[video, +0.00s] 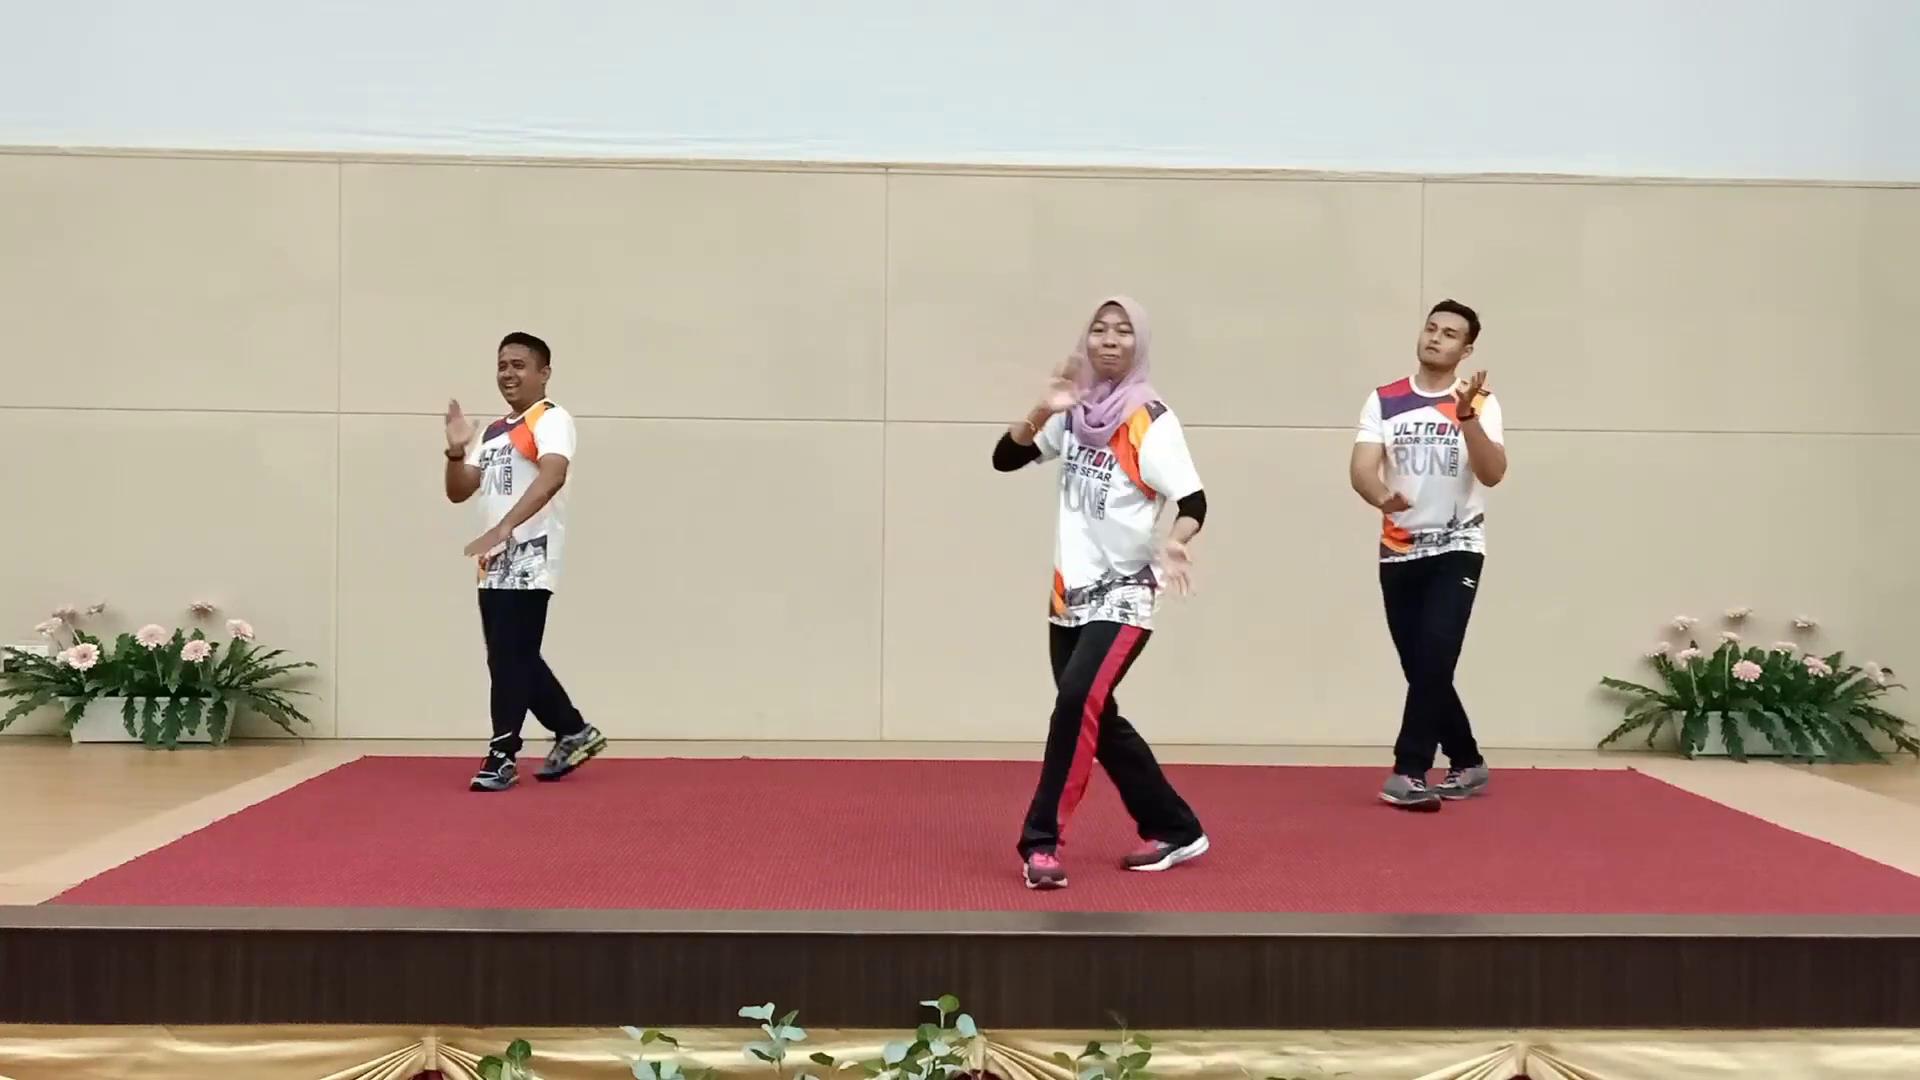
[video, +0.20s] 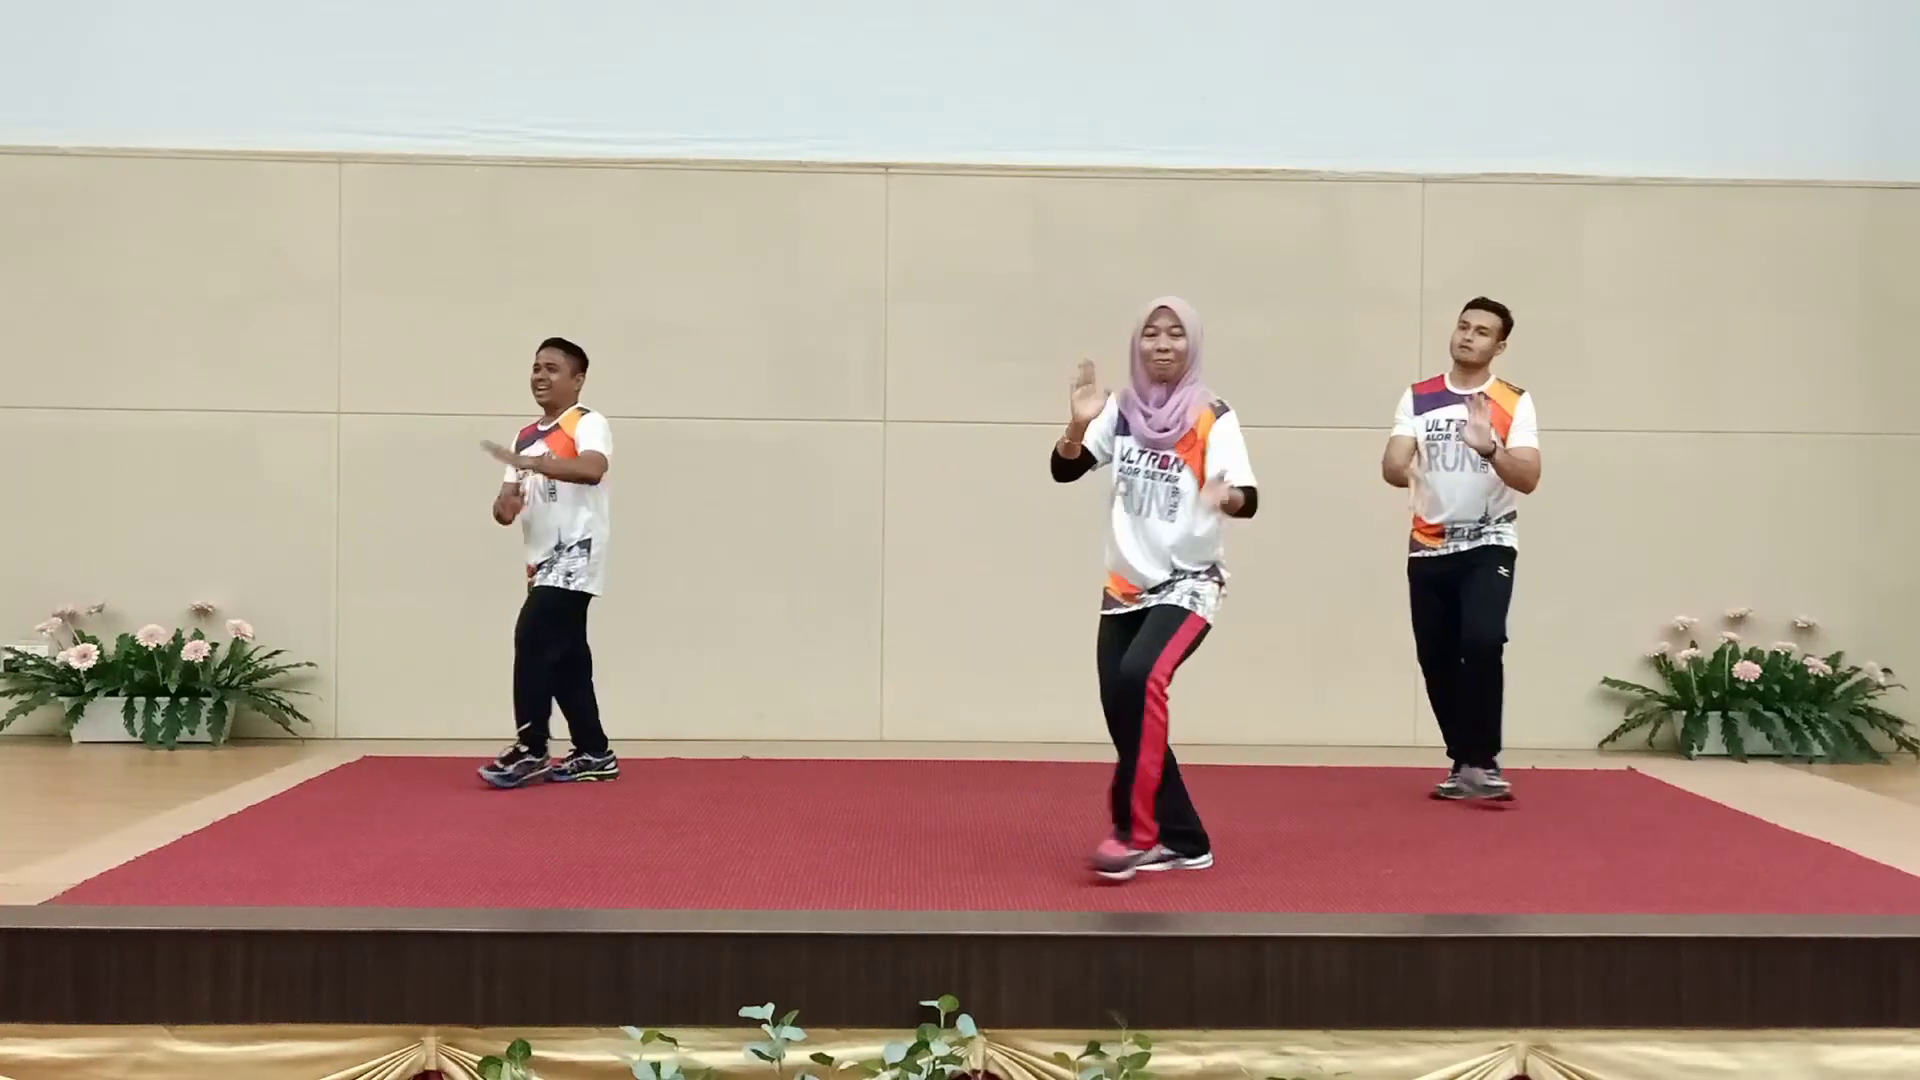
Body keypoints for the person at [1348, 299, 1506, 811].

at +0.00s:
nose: (1436, 338)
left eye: (1450, 334)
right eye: (1432, 329)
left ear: (1466, 349)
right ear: (1419, 336)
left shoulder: (1477, 403)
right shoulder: (1383, 401)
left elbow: (1492, 475)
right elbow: (1362, 470)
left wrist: (1469, 419)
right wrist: (1383, 497)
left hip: (1457, 546)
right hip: (1401, 550)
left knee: (1433, 660)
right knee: (1421, 667)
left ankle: (1410, 774)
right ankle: (1468, 763)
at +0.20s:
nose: (1469, 337)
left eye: (1482, 332)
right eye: (1464, 327)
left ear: (1499, 346)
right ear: (1452, 333)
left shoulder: (1513, 402)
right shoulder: (1418, 397)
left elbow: (1528, 479)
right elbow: (1393, 465)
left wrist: (1491, 448)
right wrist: (1408, 471)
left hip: (1488, 545)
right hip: (1430, 550)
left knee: (1481, 647)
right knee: (1438, 659)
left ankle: (1484, 766)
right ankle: (1464, 765)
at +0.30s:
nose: (1488, 330)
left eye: (1502, 326)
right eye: (1484, 321)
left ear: (1518, 340)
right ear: (1472, 327)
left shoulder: (1531, 398)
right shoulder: (1437, 387)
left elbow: (1542, 477)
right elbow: (1405, 457)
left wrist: (1506, 471)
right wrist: (1415, 434)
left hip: (1505, 541)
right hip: (1445, 545)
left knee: (1510, 641)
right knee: (1451, 661)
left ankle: (1540, 761)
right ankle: (1468, 768)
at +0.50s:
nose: (1531, 330)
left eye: (1545, 326)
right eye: (1527, 321)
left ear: (1565, 340)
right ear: (1517, 328)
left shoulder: (1576, 401)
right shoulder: (1490, 386)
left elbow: (1577, 484)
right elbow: (1447, 437)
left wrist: (1544, 502)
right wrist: (1473, 390)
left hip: (1546, 551)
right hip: (1483, 549)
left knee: (1577, 658)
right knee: (1469, 658)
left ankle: (1618, 773)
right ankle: (1468, 768)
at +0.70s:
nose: (1575, 333)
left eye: (1588, 328)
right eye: (1572, 324)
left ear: (1612, 341)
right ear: (1563, 331)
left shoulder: (1624, 403)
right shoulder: (1536, 385)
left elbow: (1617, 485)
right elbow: (1492, 443)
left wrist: (1584, 470)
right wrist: (1532, 398)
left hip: (1588, 551)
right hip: (1525, 543)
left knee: (1599, 663)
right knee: (1476, 636)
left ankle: (1619, 777)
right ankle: (1466, 750)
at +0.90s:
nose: (1599, 331)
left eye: (1612, 325)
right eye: (1596, 322)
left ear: (1637, 336)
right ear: (1588, 328)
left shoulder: (1649, 399)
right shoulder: (1557, 386)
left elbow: (1637, 477)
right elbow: (1514, 455)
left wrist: (1628, 419)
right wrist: (1542, 461)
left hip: (1609, 544)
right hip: (1546, 536)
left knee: (1612, 662)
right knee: (1489, 626)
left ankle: (1620, 777)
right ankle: (1459, 742)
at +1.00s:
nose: (1610, 346)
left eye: (1623, 339)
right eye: (1606, 336)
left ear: (1646, 349)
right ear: (1597, 340)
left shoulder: (1656, 410)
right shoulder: (1561, 397)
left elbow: (1649, 484)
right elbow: (1530, 469)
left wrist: (1647, 415)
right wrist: (1535, 522)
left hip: (1614, 554)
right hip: (1552, 549)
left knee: (1613, 671)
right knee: (1508, 652)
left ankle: (1619, 778)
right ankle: (1468, 765)